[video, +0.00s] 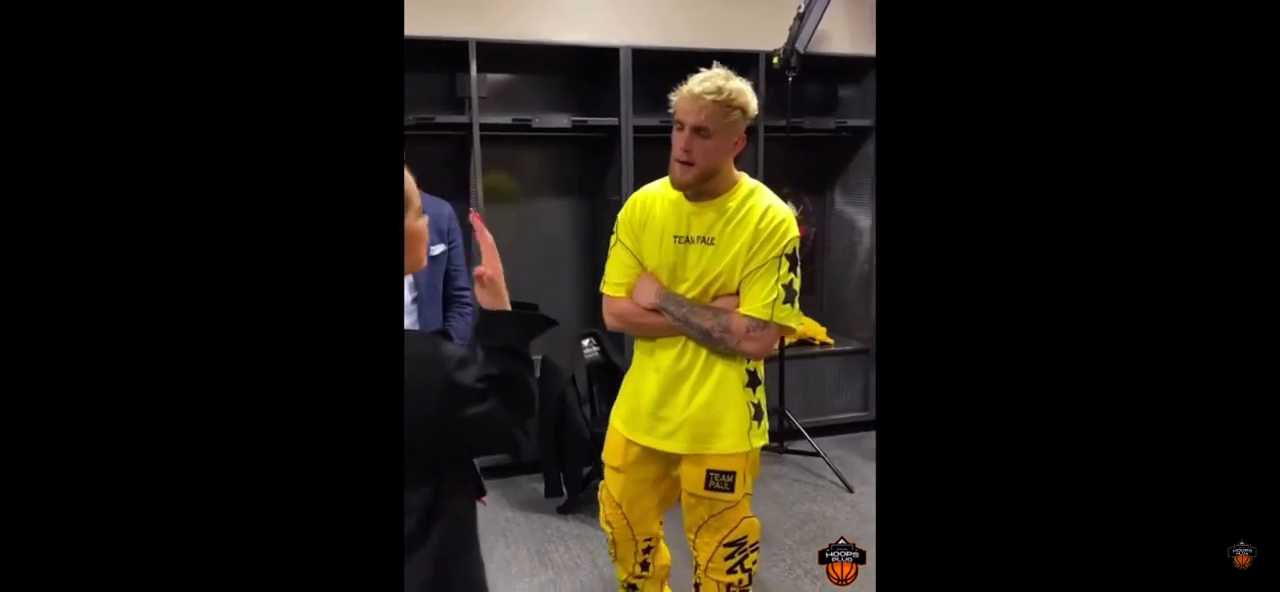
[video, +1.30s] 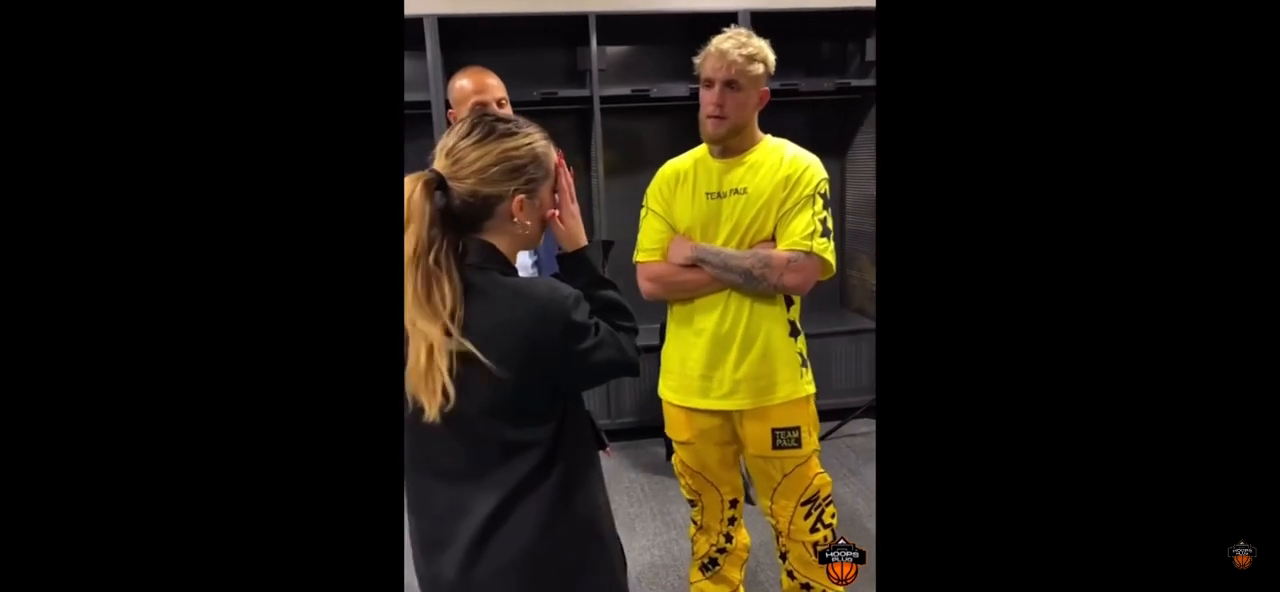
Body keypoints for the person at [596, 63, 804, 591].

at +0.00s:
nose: (682, 144)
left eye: (700, 133)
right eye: (678, 128)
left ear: (738, 143)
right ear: (670, 128)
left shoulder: (770, 220)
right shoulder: (642, 206)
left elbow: (759, 340)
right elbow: (616, 314)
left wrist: (661, 297)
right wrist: (714, 315)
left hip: (722, 418)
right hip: (642, 407)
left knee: (719, 550)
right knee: (623, 524)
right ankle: (644, 586)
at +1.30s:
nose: (713, 102)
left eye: (730, 87)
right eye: (706, 86)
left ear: (762, 96)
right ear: (696, 90)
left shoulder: (798, 169)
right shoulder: (670, 178)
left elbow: (799, 275)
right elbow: (651, 281)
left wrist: (693, 251)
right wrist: (753, 265)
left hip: (773, 381)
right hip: (689, 383)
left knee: (803, 529)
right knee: (710, 534)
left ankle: (813, 586)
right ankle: (714, 587)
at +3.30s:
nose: (718, 84)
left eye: (735, 70)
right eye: (711, 70)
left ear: (768, 79)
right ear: (703, 78)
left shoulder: (809, 150)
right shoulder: (683, 165)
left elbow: (811, 256)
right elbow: (666, 268)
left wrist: (703, 238)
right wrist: (763, 249)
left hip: (789, 367)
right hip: (703, 370)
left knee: (821, 516)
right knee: (724, 519)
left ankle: (838, 584)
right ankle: (730, 584)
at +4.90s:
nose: (708, 73)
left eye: (725, 59)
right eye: (701, 60)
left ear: (759, 69)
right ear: (694, 69)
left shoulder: (805, 142)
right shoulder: (677, 160)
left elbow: (809, 246)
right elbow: (662, 265)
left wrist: (700, 232)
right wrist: (762, 243)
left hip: (786, 363)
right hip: (700, 367)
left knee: (819, 514)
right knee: (720, 516)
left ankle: (836, 583)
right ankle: (722, 585)